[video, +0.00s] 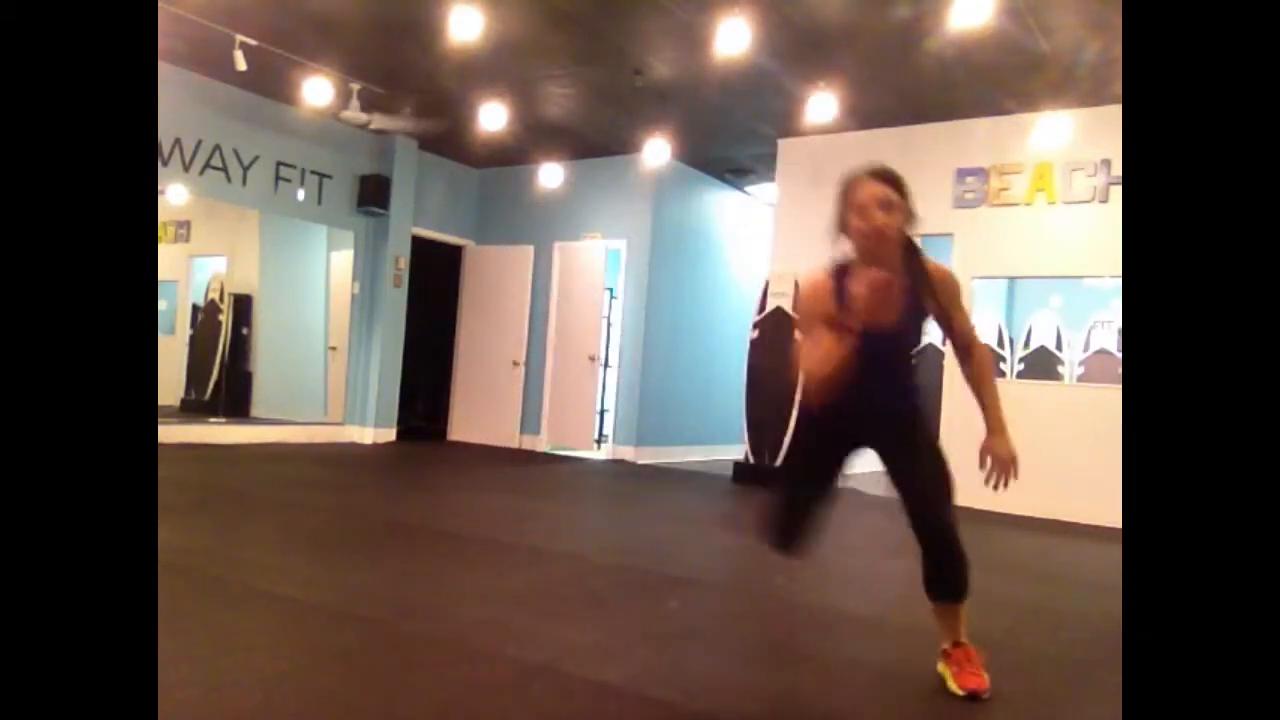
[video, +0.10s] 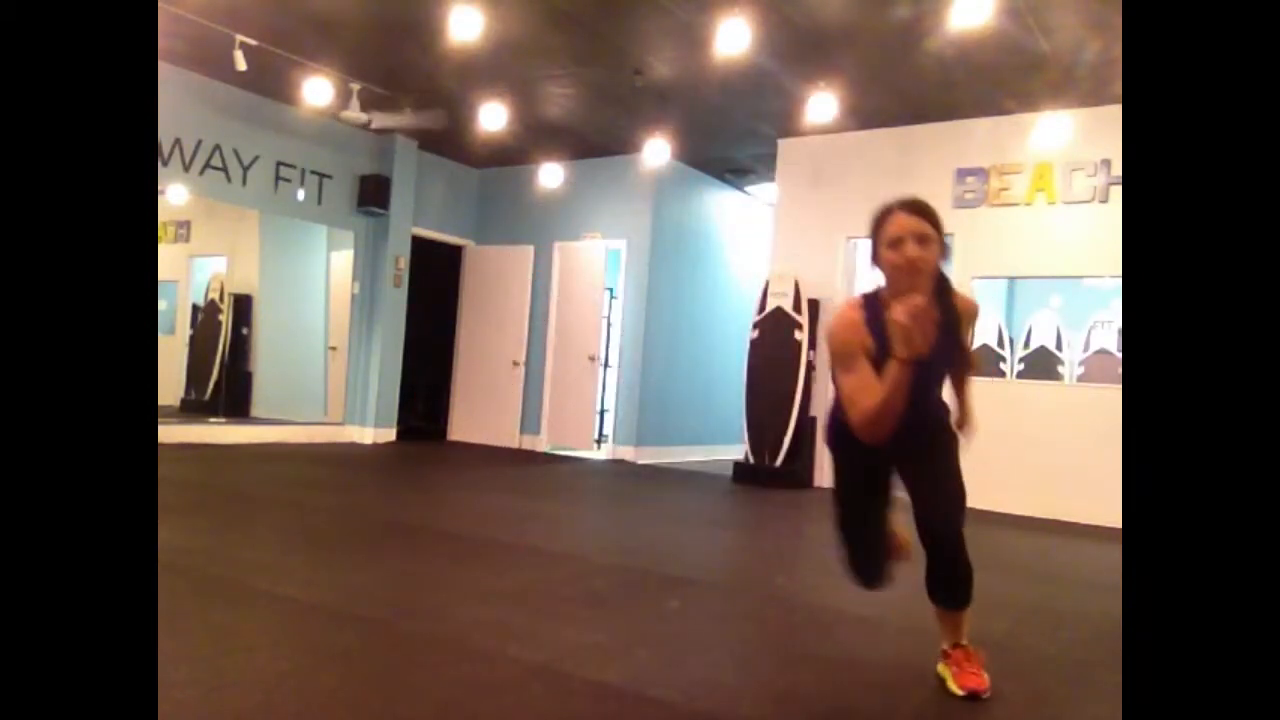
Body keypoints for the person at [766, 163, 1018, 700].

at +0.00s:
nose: (874, 220)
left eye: (885, 207)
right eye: (861, 210)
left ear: (906, 218)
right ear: (844, 224)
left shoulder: (931, 282)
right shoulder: (821, 288)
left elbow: (969, 349)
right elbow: (811, 378)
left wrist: (997, 429)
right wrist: (854, 319)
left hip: (899, 417)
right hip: (831, 416)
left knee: (938, 526)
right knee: (785, 531)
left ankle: (955, 647)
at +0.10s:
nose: (911, 252)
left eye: (923, 241)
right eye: (896, 244)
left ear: (940, 252)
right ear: (877, 258)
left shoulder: (958, 310)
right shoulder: (850, 323)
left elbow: (959, 357)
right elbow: (868, 426)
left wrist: (964, 406)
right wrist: (904, 357)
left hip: (923, 424)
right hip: (860, 434)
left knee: (946, 536)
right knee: (868, 568)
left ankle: (954, 650)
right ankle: (889, 535)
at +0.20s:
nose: (925, 270)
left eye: (937, 257)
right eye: (911, 259)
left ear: (956, 268)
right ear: (891, 273)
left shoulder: (969, 324)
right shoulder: (862, 341)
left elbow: (957, 358)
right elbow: (888, 446)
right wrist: (918, 376)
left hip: (938, 439)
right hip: (878, 459)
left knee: (949, 553)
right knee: (912, 580)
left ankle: (956, 651)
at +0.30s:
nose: (926, 266)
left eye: (938, 254)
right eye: (911, 256)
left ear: (954, 267)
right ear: (890, 270)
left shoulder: (966, 327)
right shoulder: (859, 337)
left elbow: (942, 378)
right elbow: (876, 444)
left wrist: (953, 410)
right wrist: (911, 375)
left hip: (939, 439)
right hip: (878, 457)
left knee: (942, 549)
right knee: (917, 576)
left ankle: (954, 649)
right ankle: (981, 551)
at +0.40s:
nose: (901, 239)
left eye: (913, 227)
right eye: (888, 229)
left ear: (933, 240)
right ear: (870, 243)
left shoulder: (953, 312)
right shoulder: (838, 310)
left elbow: (971, 382)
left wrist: (1002, 456)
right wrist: (868, 436)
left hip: (927, 429)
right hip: (860, 434)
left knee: (936, 544)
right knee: (876, 558)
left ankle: (953, 648)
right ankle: (943, 570)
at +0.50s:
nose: (859, 208)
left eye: (872, 196)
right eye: (847, 198)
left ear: (894, 207)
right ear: (833, 211)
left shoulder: (928, 272)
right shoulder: (811, 278)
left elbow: (990, 350)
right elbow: (761, 347)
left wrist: (955, 314)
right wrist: (758, 418)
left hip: (899, 409)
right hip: (830, 410)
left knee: (930, 532)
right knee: (796, 515)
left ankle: (953, 647)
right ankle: (841, 571)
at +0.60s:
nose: (797, 158)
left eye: (810, 148)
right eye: (787, 148)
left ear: (835, 158)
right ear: (775, 159)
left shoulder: (865, 210)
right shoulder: (766, 234)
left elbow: (926, 247)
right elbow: (711, 284)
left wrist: (835, 210)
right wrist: (672, 336)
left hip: (850, 384)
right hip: (782, 381)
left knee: (903, 507)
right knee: (710, 442)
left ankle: (952, 643)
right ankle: (703, 542)